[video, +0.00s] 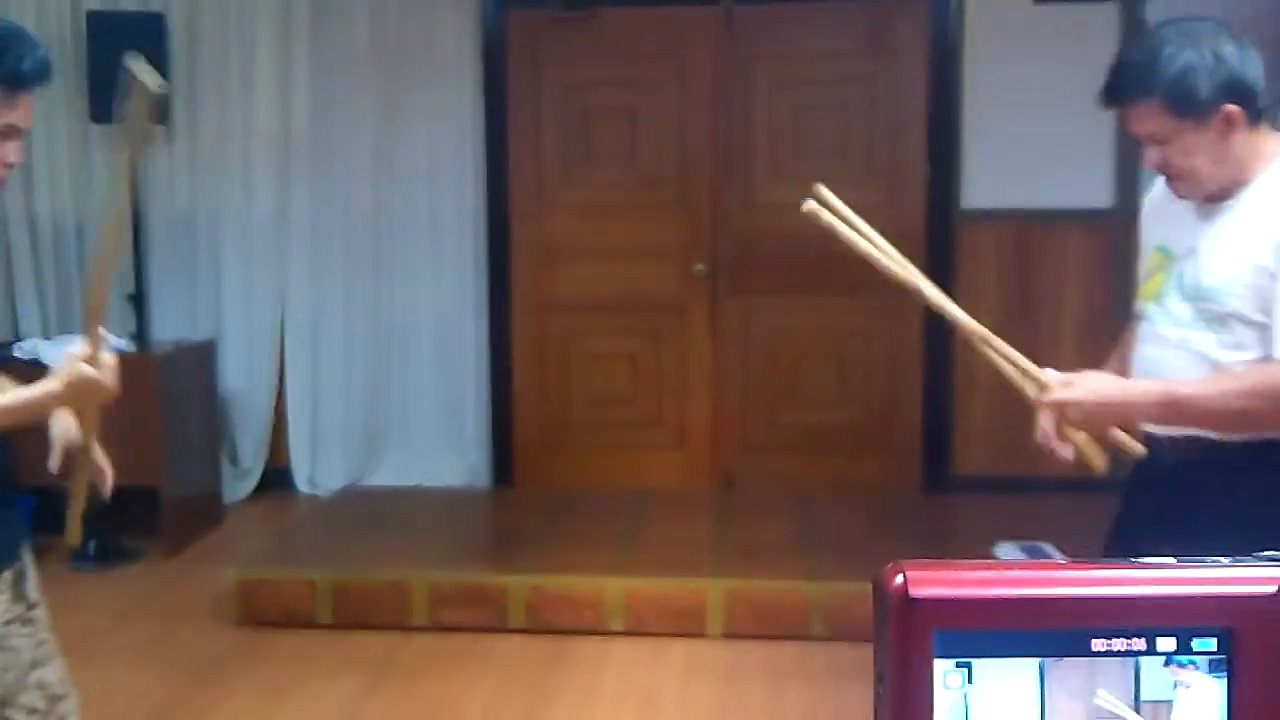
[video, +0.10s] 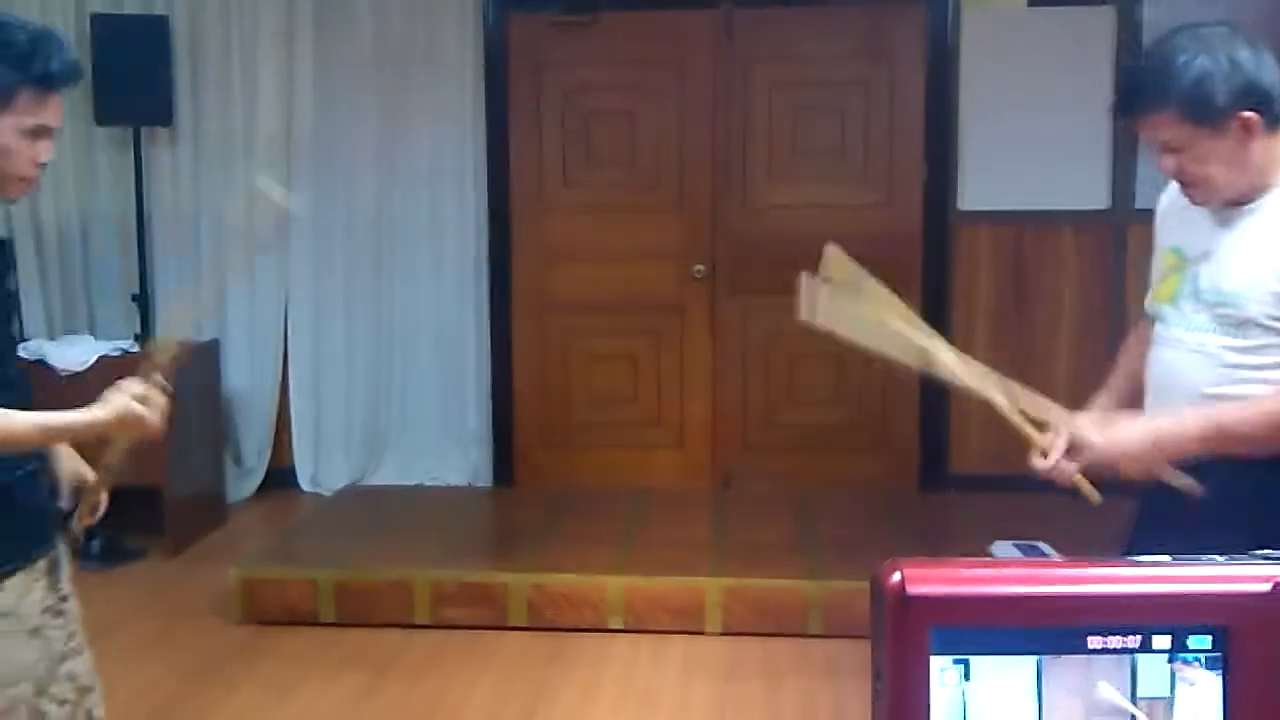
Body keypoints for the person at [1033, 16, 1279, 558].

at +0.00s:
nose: (1149, 161)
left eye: (1160, 143)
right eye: (1142, 144)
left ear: (1229, 123)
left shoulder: (1270, 209)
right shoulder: (1162, 195)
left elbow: (1276, 389)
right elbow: (1154, 325)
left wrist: (1128, 400)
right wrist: (1093, 399)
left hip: (1253, 480)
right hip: (1158, 477)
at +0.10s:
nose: (1164, 168)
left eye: (1175, 150)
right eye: (1157, 150)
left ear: (1247, 128)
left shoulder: (1272, 221)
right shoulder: (1177, 206)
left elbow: (1274, 411)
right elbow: (1154, 328)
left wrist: (1162, 439)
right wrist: (1095, 421)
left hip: (1259, 495)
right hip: (1172, 493)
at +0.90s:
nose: (1096, 184)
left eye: (1104, 166)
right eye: (1090, 167)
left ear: (1166, 140)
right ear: (1165, 142)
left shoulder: (1265, 212)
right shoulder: (1138, 203)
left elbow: (1277, 402)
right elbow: (1143, 354)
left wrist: (1204, 511)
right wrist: (1081, 449)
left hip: (1221, 492)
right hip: (1121, 482)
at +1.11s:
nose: (1026, 195)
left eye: (1030, 176)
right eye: (1017, 180)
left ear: (1086, 145)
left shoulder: (1207, 209)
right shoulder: (1075, 219)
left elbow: (1268, 377)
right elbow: (1085, 363)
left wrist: (1207, 527)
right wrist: (1010, 443)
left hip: (1174, 493)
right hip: (1074, 488)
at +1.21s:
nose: (997, 204)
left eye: (999, 184)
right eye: (988, 189)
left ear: (1054, 151)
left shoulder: (1175, 203)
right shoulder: (1043, 224)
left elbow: (1256, 361)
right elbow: (1067, 369)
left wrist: (1230, 531)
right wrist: (1006, 465)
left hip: (1159, 487)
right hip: (1059, 486)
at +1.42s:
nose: (952, 214)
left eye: (953, 194)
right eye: (943, 200)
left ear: (1004, 155)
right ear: (1004, 156)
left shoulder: (1134, 198)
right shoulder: (1001, 233)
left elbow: (1244, 338)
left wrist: (1240, 506)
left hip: (1150, 479)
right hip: (1041, 483)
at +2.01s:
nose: (1084, 206)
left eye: (1092, 184)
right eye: (1080, 186)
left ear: (1161, 169)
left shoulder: (1262, 242)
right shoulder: (1122, 258)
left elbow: (1270, 414)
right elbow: (1115, 391)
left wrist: (1119, 492)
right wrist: (1005, 440)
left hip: (1245, 531)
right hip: (1140, 531)